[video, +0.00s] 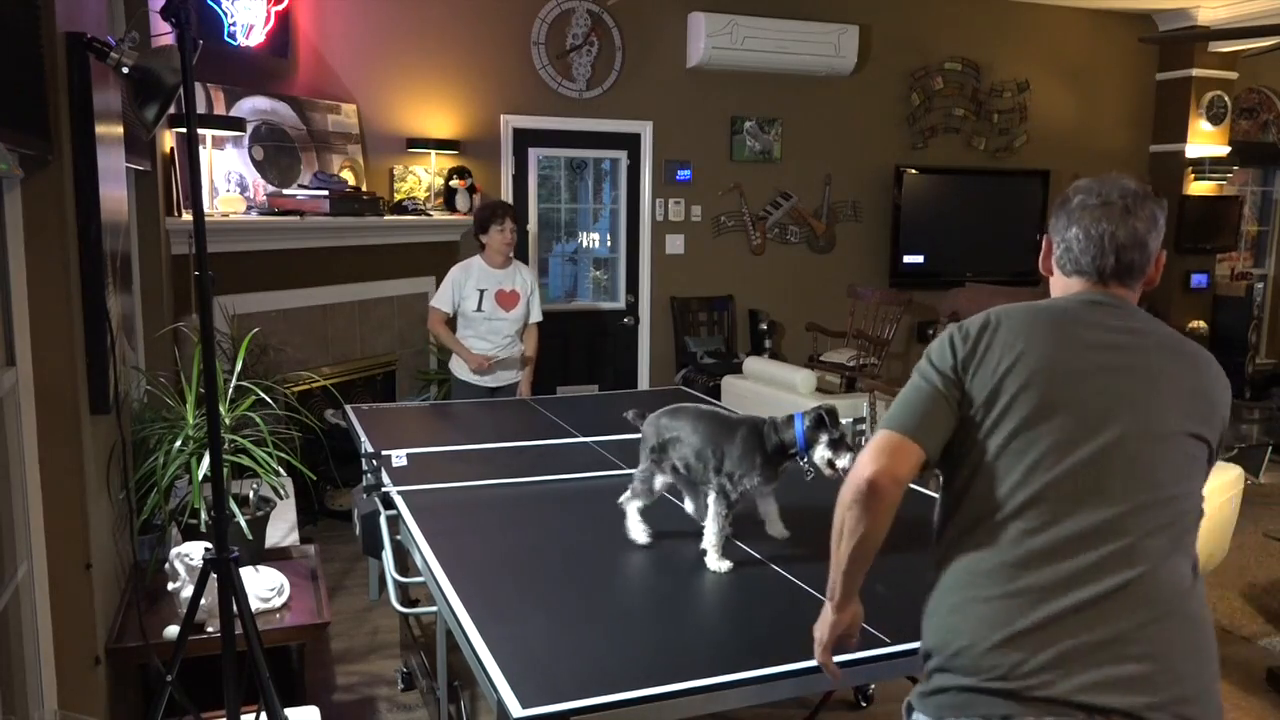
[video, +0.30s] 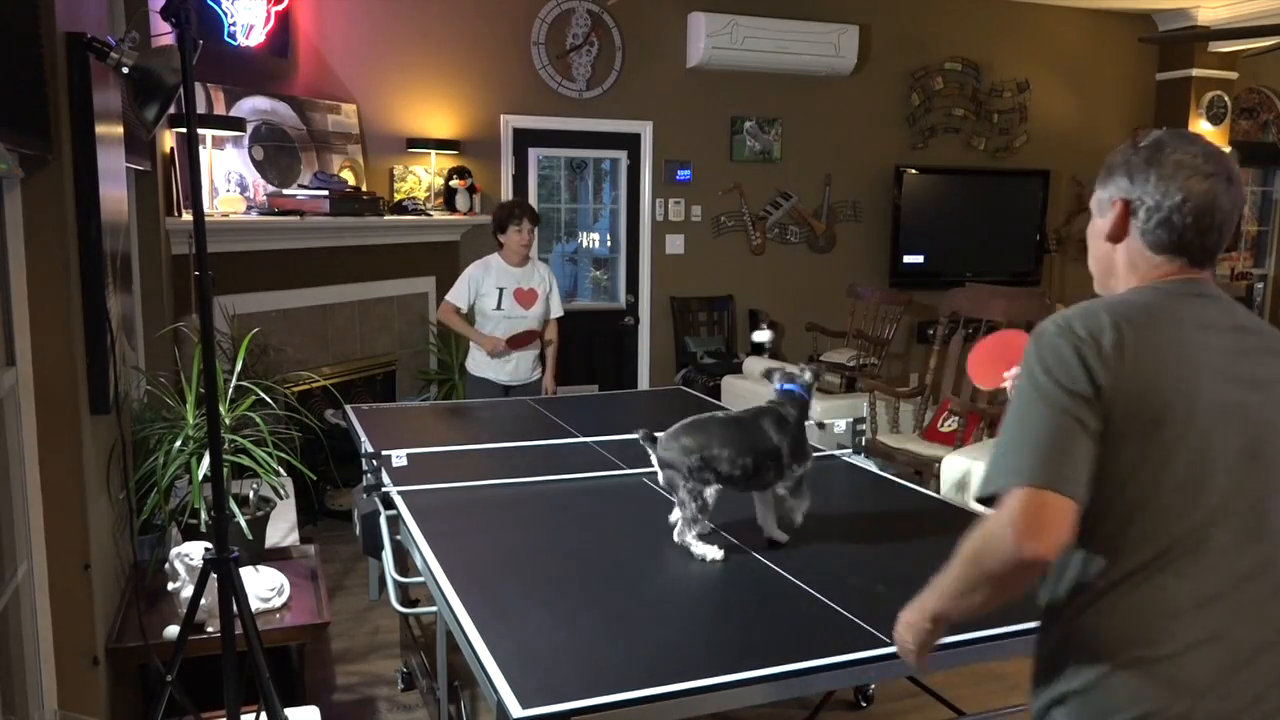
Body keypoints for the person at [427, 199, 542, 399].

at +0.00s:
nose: (509, 237)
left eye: (513, 231)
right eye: (501, 231)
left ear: (517, 233)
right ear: (483, 237)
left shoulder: (526, 276)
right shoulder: (461, 273)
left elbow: (531, 328)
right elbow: (435, 322)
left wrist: (527, 377)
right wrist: (468, 357)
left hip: (511, 381)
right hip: (468, 380)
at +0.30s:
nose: (527, 238)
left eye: (530, 231)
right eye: (518, 231)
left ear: (535, 233)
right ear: (501, 236)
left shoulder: (543, 273)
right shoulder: (480, 270)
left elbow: (550, 325)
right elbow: (444, 313)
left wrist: (549, 373)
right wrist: (483, 340)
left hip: (528, 379)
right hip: (485, 378)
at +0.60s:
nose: (528, 244)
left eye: (533, 237)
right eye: (520, 237)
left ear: (537, 238)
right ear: (502, 239)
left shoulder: (540, 275)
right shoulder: (479, 273)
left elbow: (543, 327)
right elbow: (444, 316)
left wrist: (543, 371)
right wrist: (482, 340)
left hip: (522, 379)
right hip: (481, 380)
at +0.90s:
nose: (527, 248)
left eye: (532, 241)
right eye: (518, 241)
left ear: (536, 244)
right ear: (501, 247)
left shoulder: (535, 280)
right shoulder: (486, 278)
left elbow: (530, 332)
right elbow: (497, 322)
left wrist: (527, 372)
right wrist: (528, 324)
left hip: (508, 373)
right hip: (471, 374)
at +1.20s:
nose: (523, 237)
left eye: (527, 231)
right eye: (514, 231)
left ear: (532, 236)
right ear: (498, 240)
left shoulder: (535, 277)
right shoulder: (483, 274)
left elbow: (536, 329)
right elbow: (479, 330)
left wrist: (534, 372)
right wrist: (518, 343)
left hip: (516, 377)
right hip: (477, 378)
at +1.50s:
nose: (520, 233)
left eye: (524, 227)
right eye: (511, 227)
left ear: (529, 232)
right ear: (496, 234)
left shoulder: (537, 274)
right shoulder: (479, 272)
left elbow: (543, 328)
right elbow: (460, 325)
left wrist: (546, 375)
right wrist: (499, 350)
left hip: (528, 382)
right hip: (485, 383)